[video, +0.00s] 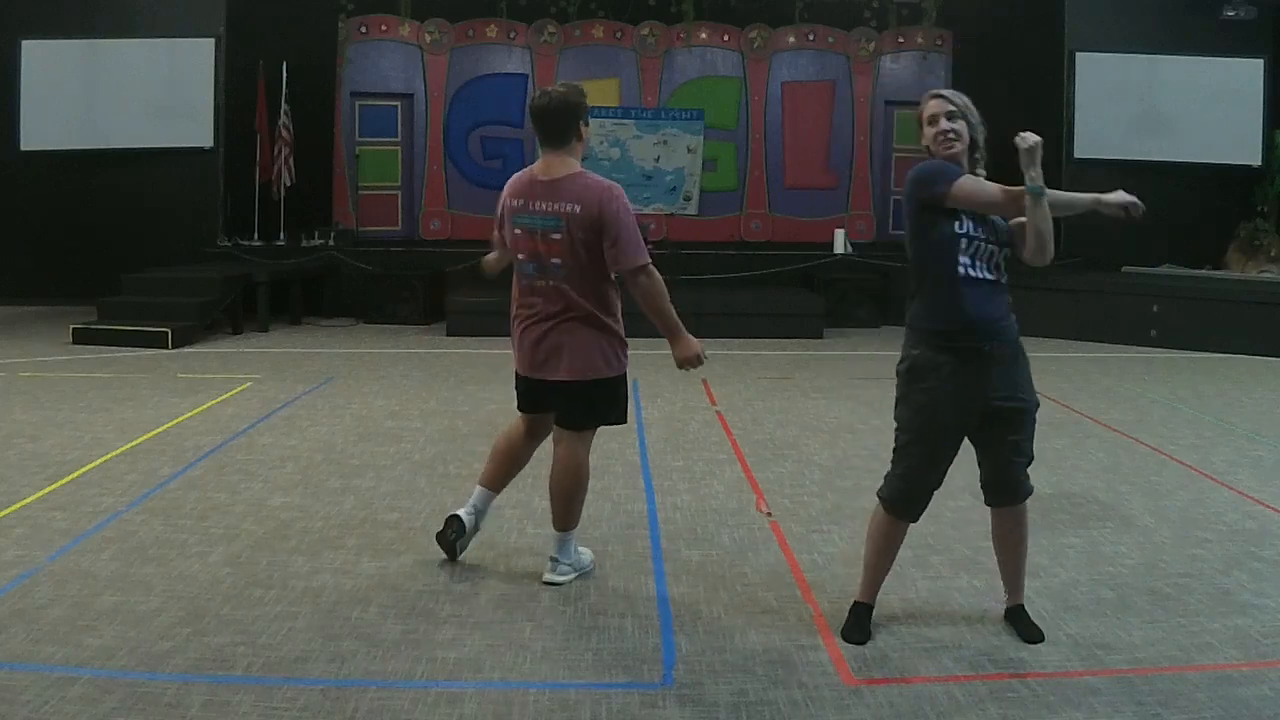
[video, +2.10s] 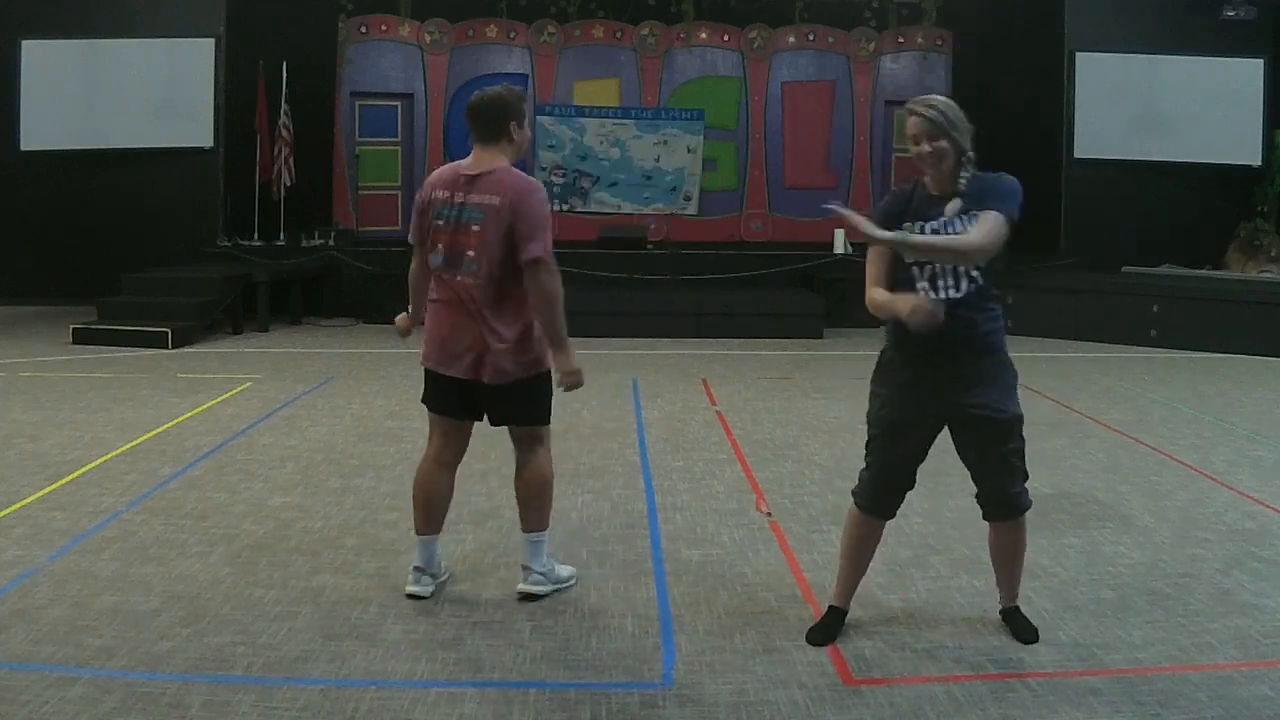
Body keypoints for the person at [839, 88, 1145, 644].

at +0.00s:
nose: (942, 127)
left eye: (951, 118)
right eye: (931, 122)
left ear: (972, 132)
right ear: (923, 137)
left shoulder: (995, 202)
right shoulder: (925, 179)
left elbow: (1039, 253)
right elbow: (1011, 201)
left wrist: (1034, 175)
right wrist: (1099, 200)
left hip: (1001, 360)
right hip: (936, 361)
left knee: (1010, 487)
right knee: (906, 490)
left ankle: (1015, 603)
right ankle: (864, 601)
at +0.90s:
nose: (967, 135)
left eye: (978, 125)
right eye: (957, 127)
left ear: (999, 134)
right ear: (946, 138)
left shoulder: (1018, 207)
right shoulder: (928, 191)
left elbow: (1080, 274)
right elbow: (946, 258)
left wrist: (1059, 225)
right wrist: (1025, 235)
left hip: (1001, 369)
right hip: (929, 366)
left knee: (1008, 490)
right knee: (889, 490)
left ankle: (1013, 604)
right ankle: (838, 605)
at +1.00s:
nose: (949, 132)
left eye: (961, 123)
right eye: (940, 124)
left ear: (983, 133)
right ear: (930, 134)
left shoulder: (1005, 198)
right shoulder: (909, 194)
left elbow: (1078, 248)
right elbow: (906, 269)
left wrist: (1027, 204)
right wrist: (991, 249)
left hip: (995, 368)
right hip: (921, 366)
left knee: (1004, 491)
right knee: (885, 490)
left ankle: (1013, 604)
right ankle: (839, 605)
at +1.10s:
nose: (931, 133)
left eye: (943, 123)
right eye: (923, 125)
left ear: (968, 130)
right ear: (915, 133)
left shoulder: (999, 190)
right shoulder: (898, 198)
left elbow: (1041, 227)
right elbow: (893, 276)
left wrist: (964, 194)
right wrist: (972, 260)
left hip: (988, 365)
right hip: (914, 364)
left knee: (1002, 490)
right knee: (880, 490)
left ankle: (1013, 604)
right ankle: (839, 605)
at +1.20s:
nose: (918, 132)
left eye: (929, 123)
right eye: (910, 124)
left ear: (955, 131)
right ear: (903, 135)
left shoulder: (987, 181)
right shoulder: (886, 203)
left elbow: (981, 218)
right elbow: (890, 279)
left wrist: (889, 201)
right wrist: (966, 256)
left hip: (982, 362)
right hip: (909, 362)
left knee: (999, 489)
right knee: (877, 489)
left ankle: (1012, 604)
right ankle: (838, 605)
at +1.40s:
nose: (900, 133)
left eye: (911, 124)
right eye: (892, 126)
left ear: (937, 130)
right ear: (886, 136)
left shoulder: (969, 176)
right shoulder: (875, 207)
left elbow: (914, 208)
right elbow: (874, 279)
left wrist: (814, 214)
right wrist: (908, 230)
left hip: (975, 359)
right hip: (901, 361)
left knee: (995, 487)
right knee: (875, 488)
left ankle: (1013, 603)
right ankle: (839, 604)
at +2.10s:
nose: (922, 153)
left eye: (931, 141)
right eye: (914, 145)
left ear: (958, 140)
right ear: (909, 148)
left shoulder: (997, 190)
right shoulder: (894, 209)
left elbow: (979, 244)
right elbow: (874, 294)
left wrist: (884, 234)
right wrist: (903, 304)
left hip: (981, 366)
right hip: (908, 368)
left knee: (1007, 496)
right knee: (877, 491)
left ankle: (1011, 605)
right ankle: (838, 605)